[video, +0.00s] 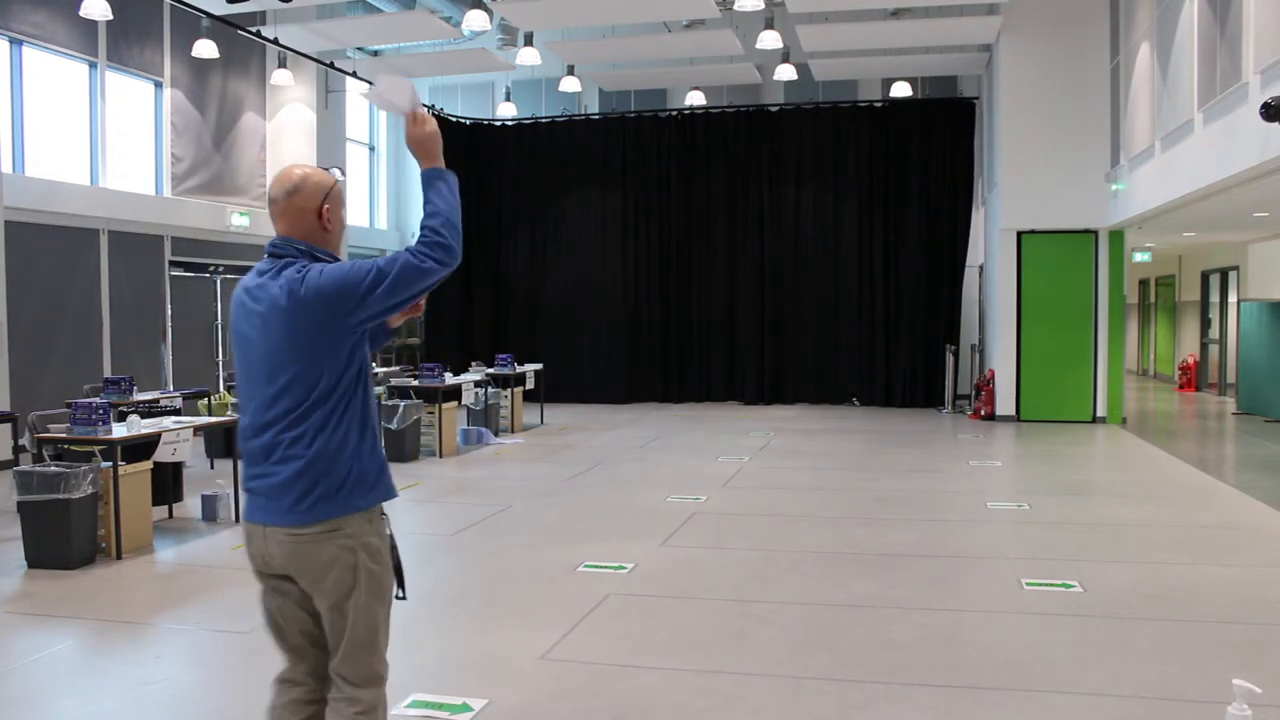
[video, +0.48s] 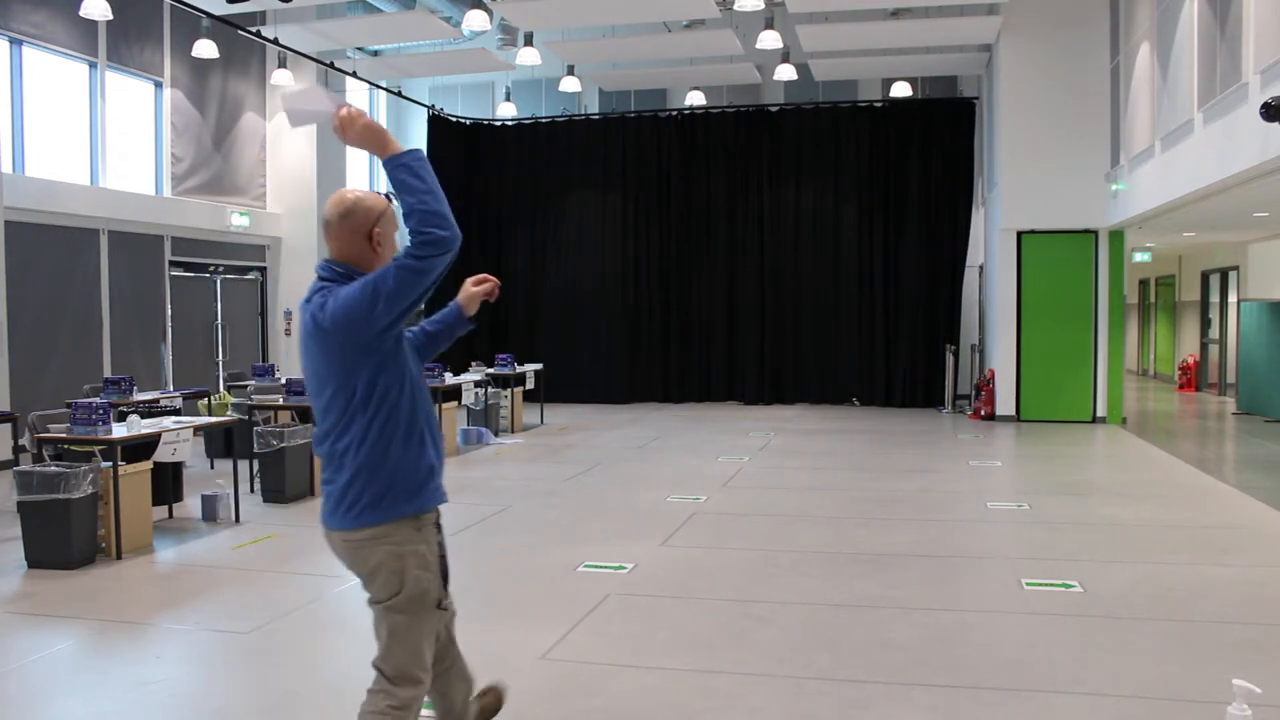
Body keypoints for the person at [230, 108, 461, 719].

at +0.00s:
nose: (344, 216)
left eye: (341, 204)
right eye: (341, 205)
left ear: (277, 216)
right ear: (326, 212)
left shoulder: (248, 293)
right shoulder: (333, 288)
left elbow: (315, 355)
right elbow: (439, 251)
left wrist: (383, 323)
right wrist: (433, 163)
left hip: (266, 525)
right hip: (336, 526)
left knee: (301, 678)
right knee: (358, 689)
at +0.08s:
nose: (353, 214)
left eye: (348, 201)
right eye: (346, 203)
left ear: (291, 220)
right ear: (330, 217)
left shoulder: (260, 294)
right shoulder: (332, 288)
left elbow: (335, 350)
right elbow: (441, 245)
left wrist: (401, 316)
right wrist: (428, 154)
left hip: (280, 525)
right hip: (345, 525)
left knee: (333, 659)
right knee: (365, 685)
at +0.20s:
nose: (365, 220)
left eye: (361, 209)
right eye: (360, 209)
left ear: (303, 222)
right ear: (346, 221)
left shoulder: (282, 295)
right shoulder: (335, 290)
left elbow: (358, 354)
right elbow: (439, 237)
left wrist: (418, 311)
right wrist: (415, 146)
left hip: (308, 521)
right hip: (353, 521)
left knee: (366, 660)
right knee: (379, 683)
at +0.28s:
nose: (374, 223)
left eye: (369, 212)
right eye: (369, 212)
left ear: (315, 226)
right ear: (355, 225)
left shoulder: (297, 295)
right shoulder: (335, 292)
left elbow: (369, 356)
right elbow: (436, 236)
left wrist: (430, 309)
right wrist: (405, 143)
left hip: (335, 514)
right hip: (359, 518)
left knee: (406, 634)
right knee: (384, 682)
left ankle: (389, 711)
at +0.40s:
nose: (386, 233)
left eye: (382, 222)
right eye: (382, 222)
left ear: (330, 234)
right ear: (367, 233)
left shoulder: (321, 301)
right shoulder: (340, 300)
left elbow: (387, 357)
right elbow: (436, 238)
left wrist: (449, 308)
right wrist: (393, 144)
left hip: (378, 510)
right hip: (373, 518)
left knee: (426, 645)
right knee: (395, 682)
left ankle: (432, 715)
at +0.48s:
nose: (397, 239)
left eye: (393, 226)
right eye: (392, 228)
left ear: (339, 240)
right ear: (376, 240)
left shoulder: (331, 305)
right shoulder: (353, 306)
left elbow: (401, 355)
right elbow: (438, 240)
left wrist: (460, 310)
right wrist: (390, 149)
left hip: (375, 512)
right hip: (389, 518)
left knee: (433, 622)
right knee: (402, 680)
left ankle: (459, 708)